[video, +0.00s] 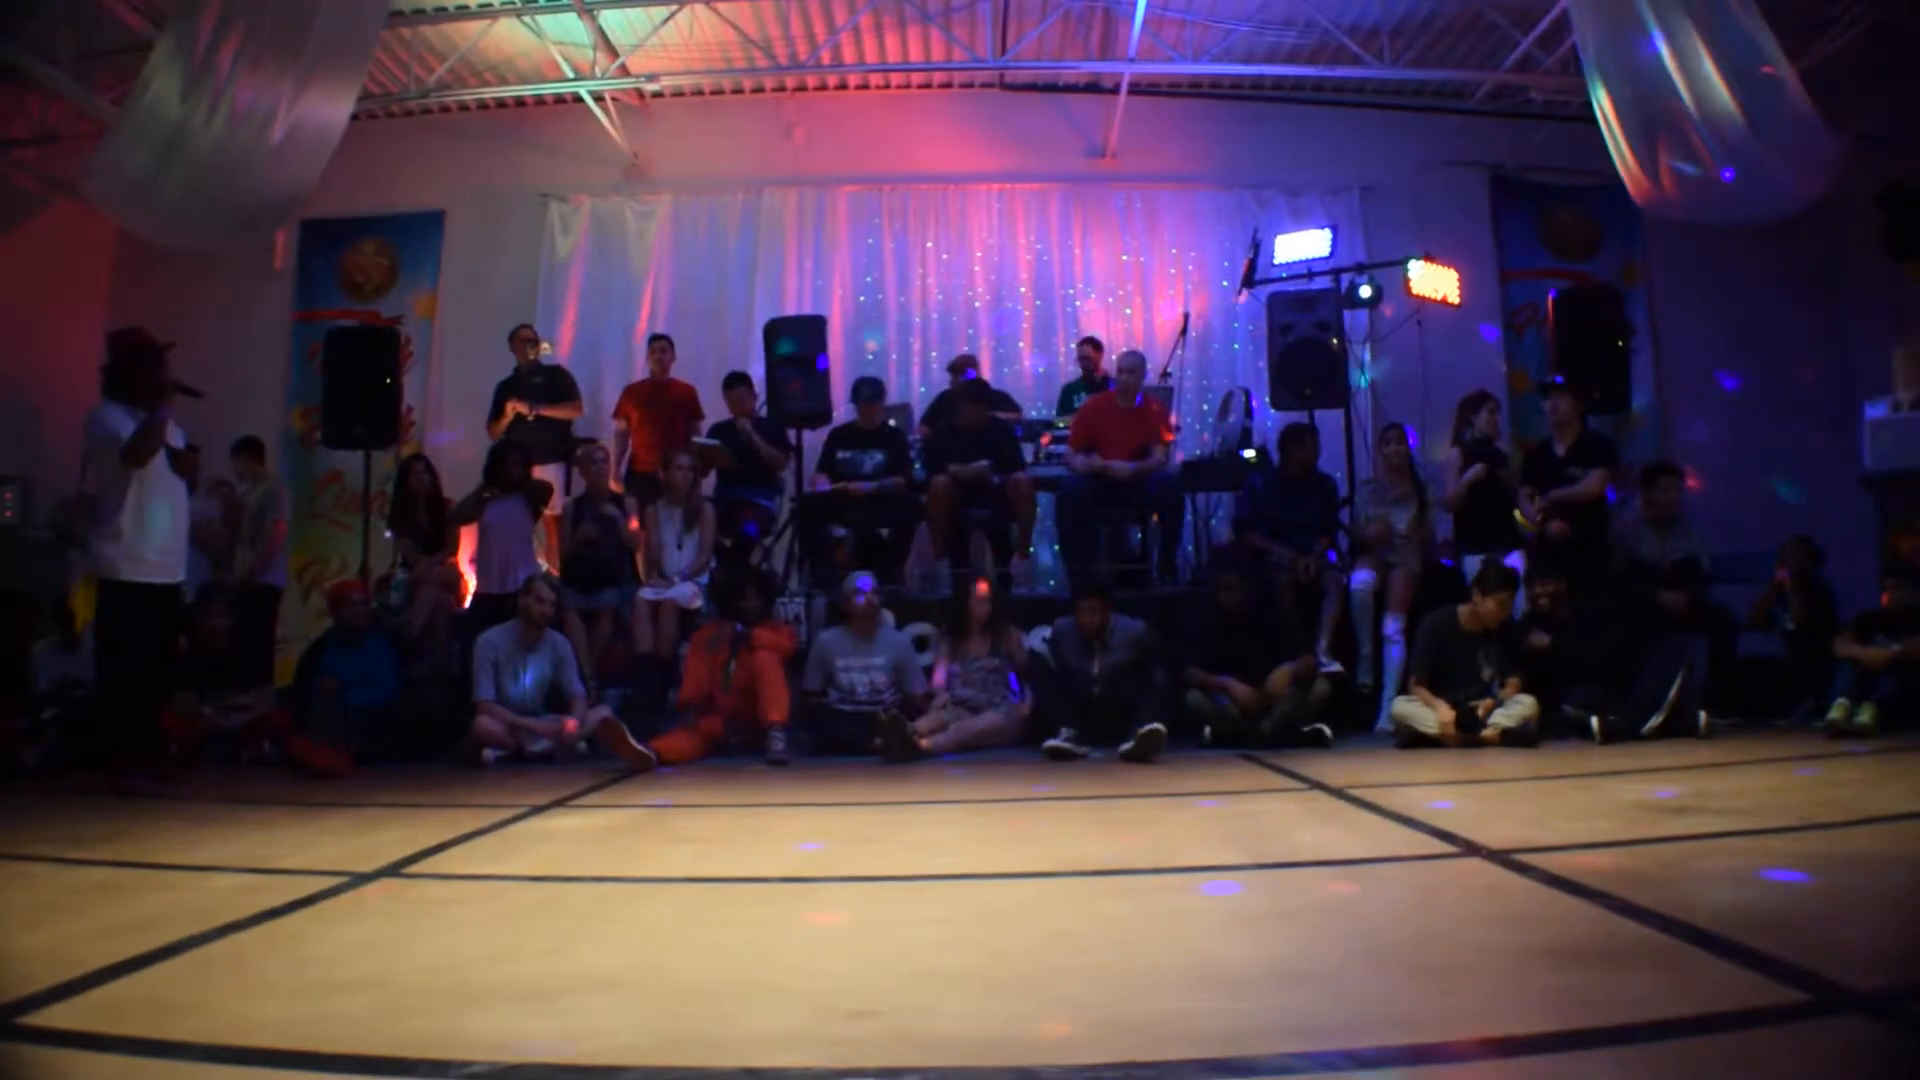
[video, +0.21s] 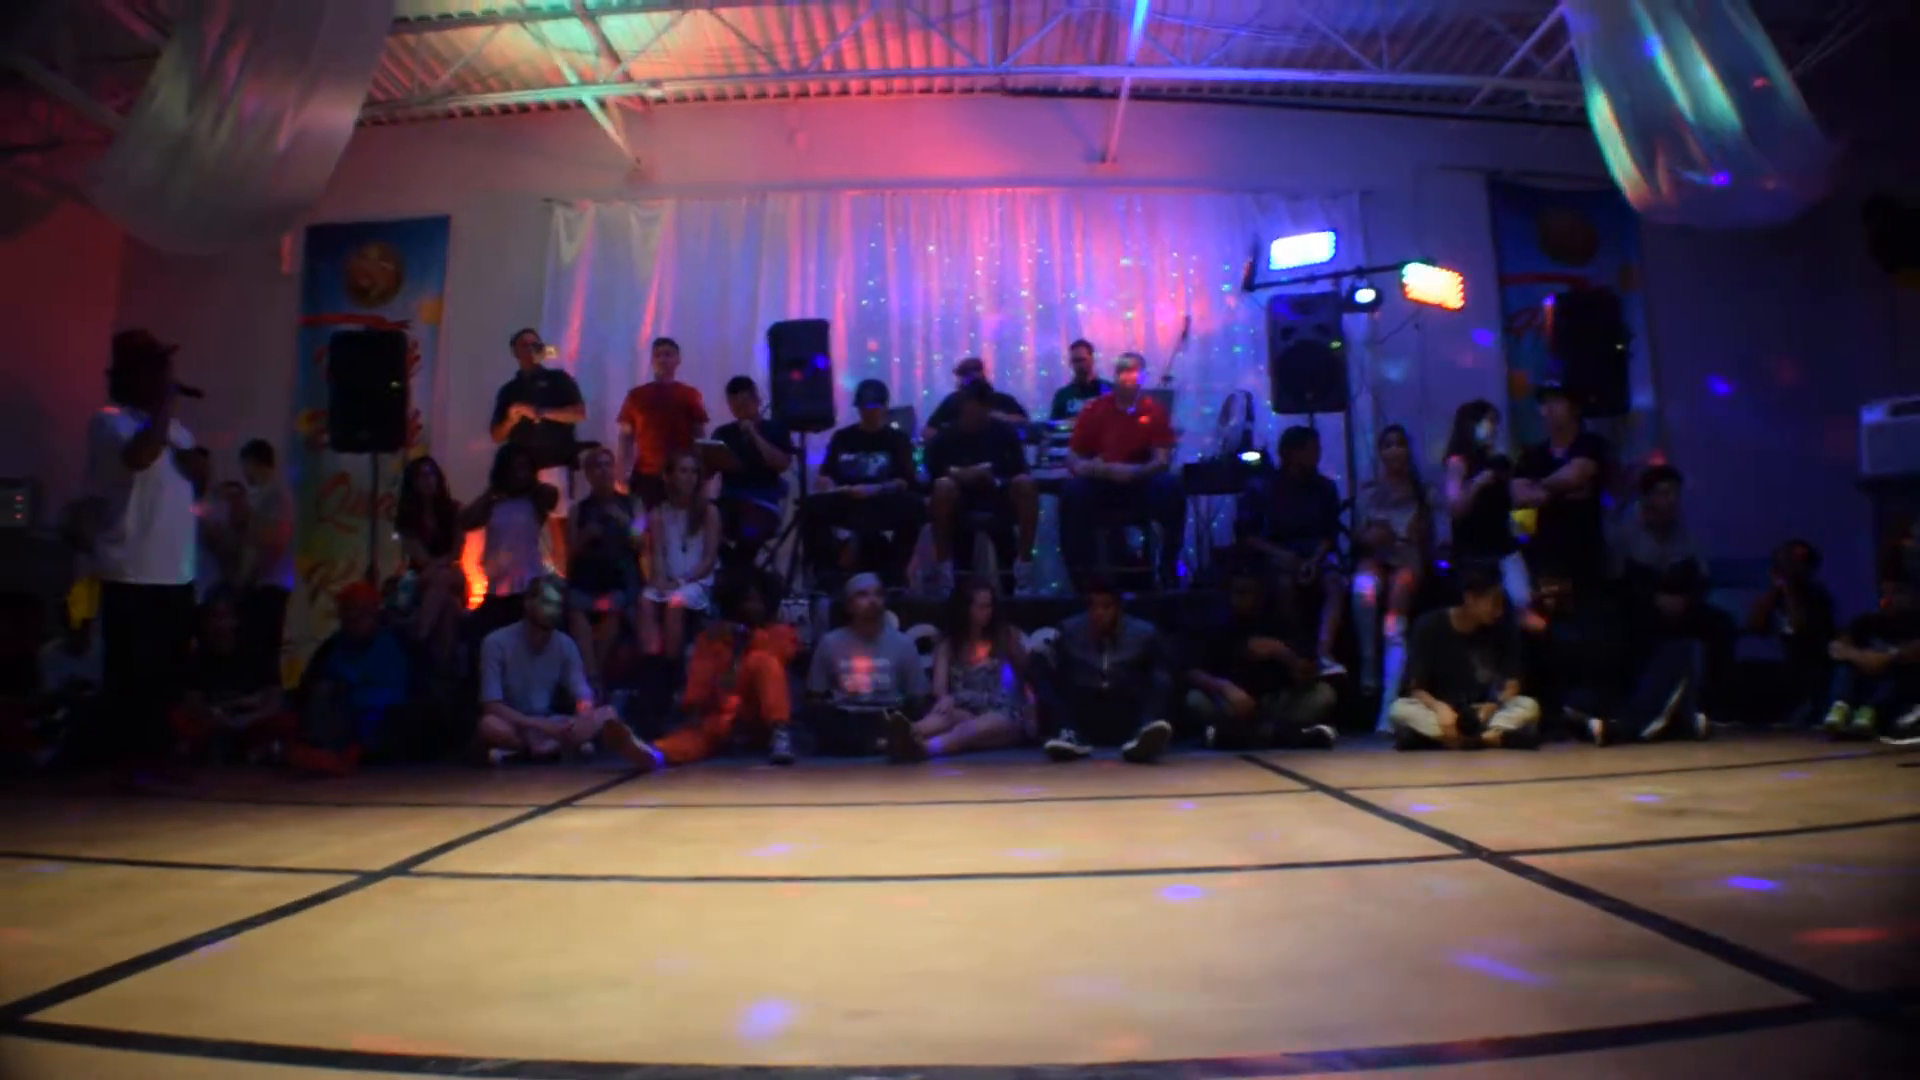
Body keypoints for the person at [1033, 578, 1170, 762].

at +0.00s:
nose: (1087, 620)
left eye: (1094, 613)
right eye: (1082, 613)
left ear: (1106, 613)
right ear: (1075, 614)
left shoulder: (1134, 632)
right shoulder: (1062, 631)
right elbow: (1063, 672)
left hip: (1122, 711)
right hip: (1080, 712)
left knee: (1151, 677)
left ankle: (1138, 735)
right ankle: (1067, 733)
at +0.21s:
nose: (1099, 614)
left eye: (1106, 607)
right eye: (1094, 607)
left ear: (1118, 608)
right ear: (1088, 608)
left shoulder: (1143, 633)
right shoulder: (1071, 631)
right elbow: (1064, 673)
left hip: (1128, 711)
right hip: (1084, 711)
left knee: (1158, 679)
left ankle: (1142, 737)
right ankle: (1067, 734)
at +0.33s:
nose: (1131, 607)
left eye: (1138, 600)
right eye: (1125, 600)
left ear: (1148, 603)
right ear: (1118, 603)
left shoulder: (1171, 631)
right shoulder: (1101, 626)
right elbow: (1088, 663)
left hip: (1151, 702)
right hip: (1106, 700)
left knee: (1182, 677)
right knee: (1074, 673)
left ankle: (1163, 737)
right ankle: (1091, 733)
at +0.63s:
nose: (1149, 597)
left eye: (1154, 590)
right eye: (1143, 590)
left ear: (1160, 595)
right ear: (1129, 595)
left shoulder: (1179, 634)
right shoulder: (1105, 625)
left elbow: (1184, 673)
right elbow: (1088, 662)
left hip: (1155, 699)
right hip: (1111, 697)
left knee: (1179, 680)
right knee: (1082, 673)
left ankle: (1161, 737)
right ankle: (1095, 732)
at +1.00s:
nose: (1149, 596)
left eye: (1152, 589)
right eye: (1141, 589)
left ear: (1158, 594)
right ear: (1125, 596)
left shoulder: (1173, 630)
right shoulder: (1103, 631)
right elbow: (1093, 668)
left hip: (1154, 698)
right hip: (1114, 698)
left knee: (1172, 668)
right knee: (1093, 662)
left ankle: (1160, 737)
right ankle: (1099, 731)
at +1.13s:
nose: (1146, 597)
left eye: (1148, 591)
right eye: (1139, 591)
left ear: (1153, 594)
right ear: (1122, 597)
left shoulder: (1169, 628)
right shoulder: (1101, 630)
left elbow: (1190, 660)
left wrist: (1168, 645)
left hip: (1152, 699)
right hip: (1113, 699)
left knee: (1177, 671)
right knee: (1090, 668)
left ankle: (1159, 736)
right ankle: (1098, 732)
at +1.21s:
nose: (1147, 596)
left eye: (1147, 590)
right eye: (1139, 591)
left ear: (1150, 593)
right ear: (1121, 598)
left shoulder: (1165, 624)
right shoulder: (1101, 627)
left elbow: (1192, 653)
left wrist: (1163, 636)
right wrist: (1076, 647)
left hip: (1150, 696)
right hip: (1111, 695)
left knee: (1174, 666)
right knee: (1090, 665)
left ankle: (1156, 738)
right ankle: (1096, 733)